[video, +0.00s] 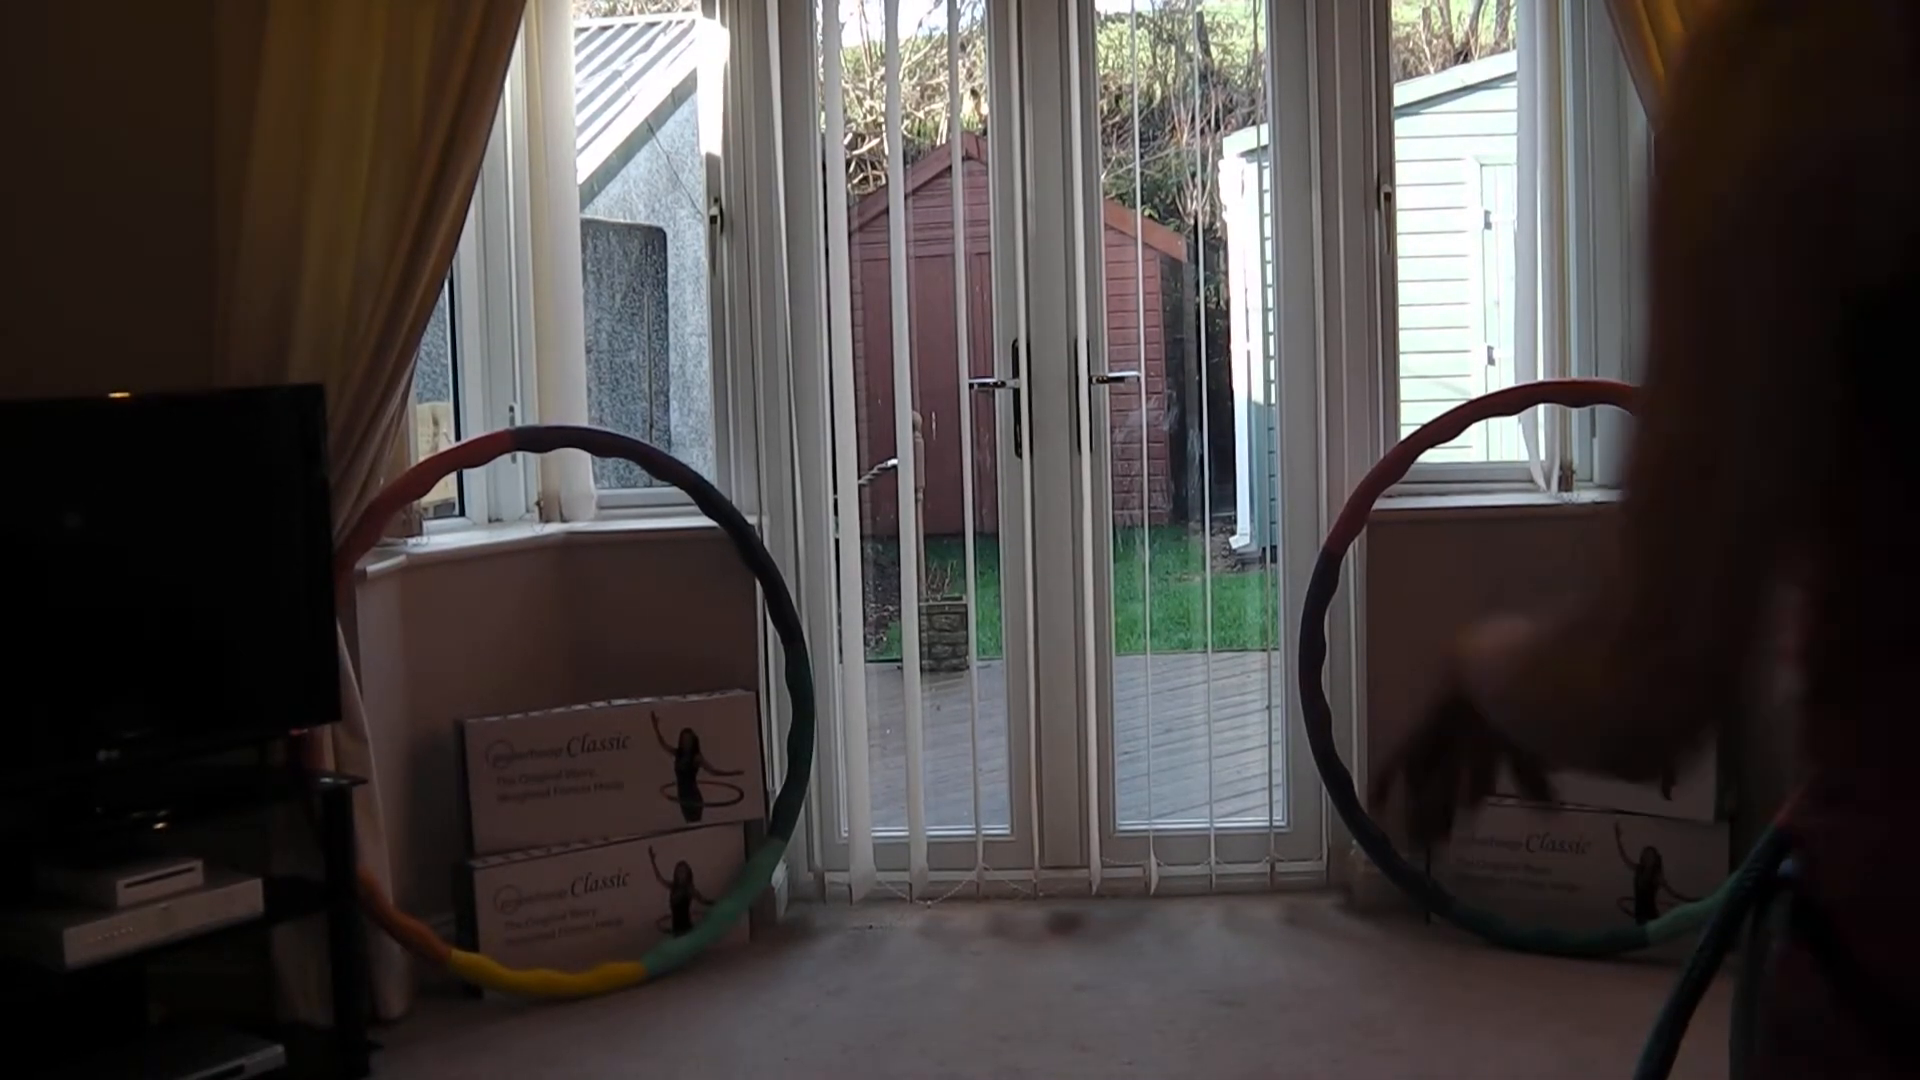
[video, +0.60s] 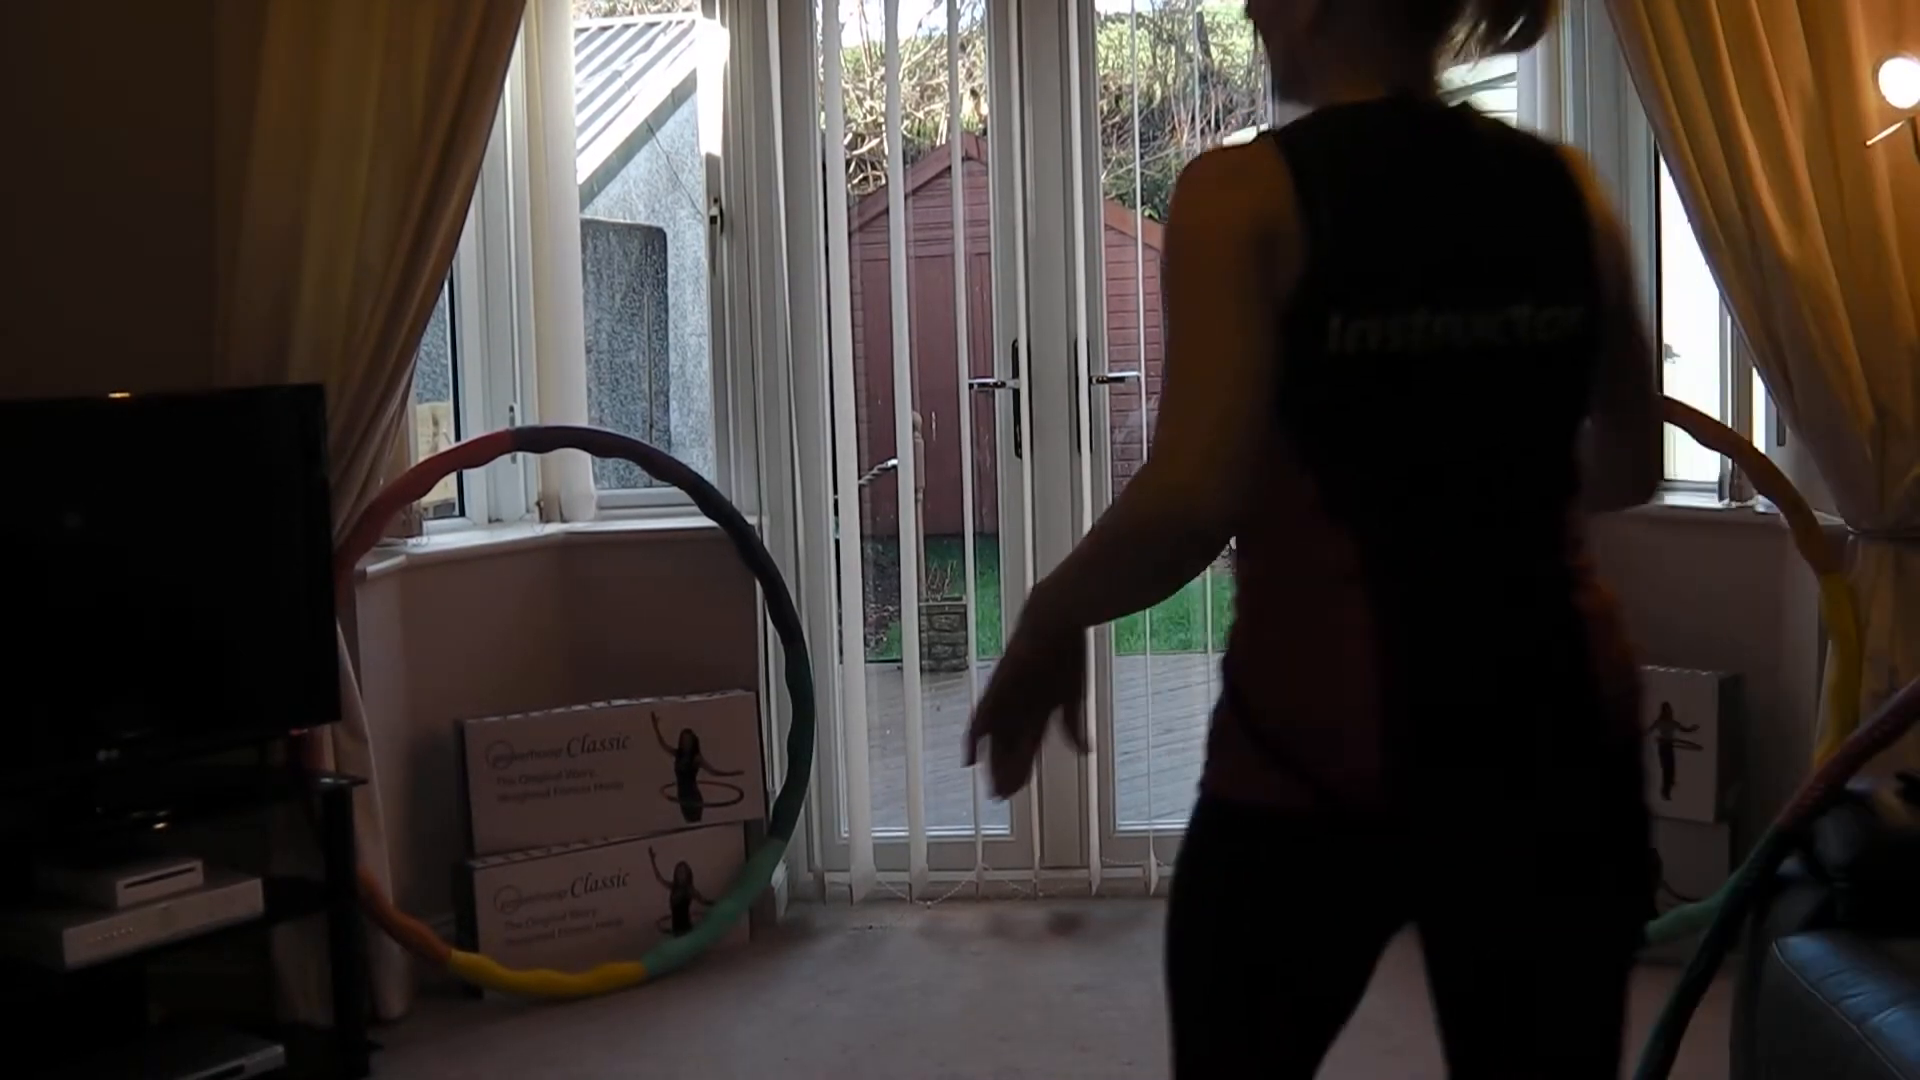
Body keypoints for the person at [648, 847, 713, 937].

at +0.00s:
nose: (681, 874)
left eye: (683, 871)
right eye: (679, 871)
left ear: (688, 873)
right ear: (675, 873)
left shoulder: (690, 889)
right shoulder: (673, 886)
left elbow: (702, 901)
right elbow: (659, 878)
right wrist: (653, 861)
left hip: (687, 925)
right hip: (675, 925)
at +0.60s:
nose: (681, 874)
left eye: (683, 871)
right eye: (679, 871)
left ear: (688, 873)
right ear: (675, 873)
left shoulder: (690, 889)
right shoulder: (673, 887)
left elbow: (702, 901)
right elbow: (659, 878)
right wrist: (652, 860)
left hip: (686, 926)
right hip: (675, 925)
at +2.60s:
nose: (681, 876)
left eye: (683, 873)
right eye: (678, 873)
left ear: (688, 874)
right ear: (675, 874)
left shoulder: (690, 889)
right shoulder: (673, 887)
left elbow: (703, 902)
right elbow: (658, 878)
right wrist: (652, 861)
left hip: (686, 924)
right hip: (675, 924)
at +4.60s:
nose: (681, 874)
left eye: (683, 872)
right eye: (678, 872)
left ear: (688, 874)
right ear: (675, 874)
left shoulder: (690, 889)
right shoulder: (673, 887)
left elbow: (703, 902)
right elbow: (659, 878)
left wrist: (717, 904)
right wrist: (652, 860)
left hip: (686, 924)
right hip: (675, 924)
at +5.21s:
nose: (681, 875)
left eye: (683, 872)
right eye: (679, 872)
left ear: (688, 874)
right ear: (675, 874)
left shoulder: (690, 889)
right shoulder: (673, 887)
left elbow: (703, 902)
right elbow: (659, 878)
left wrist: (718, 903)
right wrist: (652, 861)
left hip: (686, 924)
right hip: (675, 924)